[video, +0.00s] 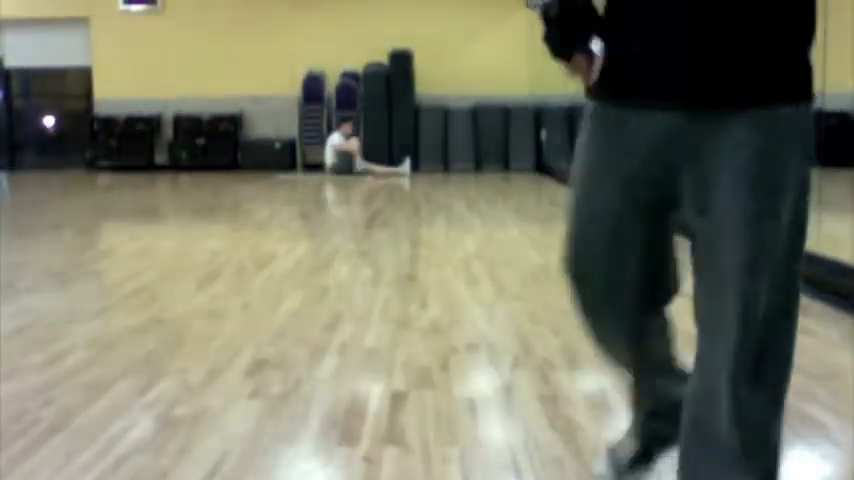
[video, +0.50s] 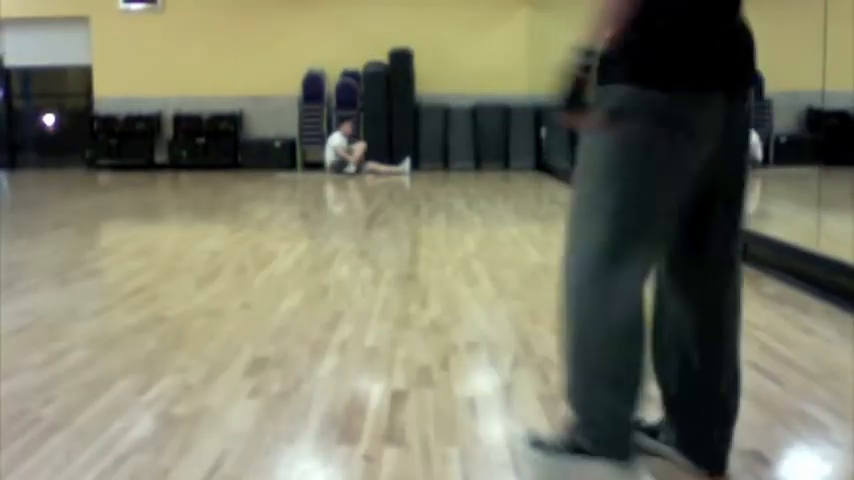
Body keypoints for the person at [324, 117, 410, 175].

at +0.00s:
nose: (350, 130)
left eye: (351, 127)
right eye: (348, 127)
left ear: (349, 128)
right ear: (342, 126)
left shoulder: (343, 138)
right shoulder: (335, 137)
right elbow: (341, 147)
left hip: (344, 166)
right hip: (336, 167)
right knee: (354, 141)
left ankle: (399, 171)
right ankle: (359, 164)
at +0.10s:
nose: (351, 128)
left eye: (351, 126)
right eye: (349, 126)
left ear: (350, 127)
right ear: (341, 126)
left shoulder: (344, 138)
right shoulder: (335, 138)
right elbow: (349, 151)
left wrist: (356, 146)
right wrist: (356, 142)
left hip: (346, 168)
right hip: (337, 170)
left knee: (372, 167)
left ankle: (399, 170)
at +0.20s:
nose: (351, 129)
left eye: (351, 126)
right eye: (349, 125)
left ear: (349, 127)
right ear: (342, 125)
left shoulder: (343, 136)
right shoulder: (335, 137)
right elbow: (350, 153)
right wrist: (358, 145)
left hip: (344, 165)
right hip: (336, 167)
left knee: (371, 165)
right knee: (356, 141)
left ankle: (399, 169)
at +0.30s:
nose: (350, 129)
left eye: (351, 126)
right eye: (348, 126)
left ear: (351, 128)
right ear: (341, 126)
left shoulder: (345, 138)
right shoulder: (336, 136)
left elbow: (347, 151)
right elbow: (340, 151)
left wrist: (358, 160)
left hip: (343, 164)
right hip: (335, 164)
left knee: (370, 165)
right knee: (357, 142)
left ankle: (399, 169)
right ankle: (353, 166)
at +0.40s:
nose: (350, 129)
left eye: (351, 127)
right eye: (348, 126)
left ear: (351, 128)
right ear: (341, 126)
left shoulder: (345, 138)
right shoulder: (336, 137)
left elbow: (350, 149)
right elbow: (340, 152)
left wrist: (356, 158)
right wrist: (352, 160)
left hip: (343, 163)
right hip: (335, 164)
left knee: (370, 165)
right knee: (360, 143)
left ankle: (400, 169)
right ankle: (352, 165)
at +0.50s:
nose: (350, 130)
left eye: (351, 128)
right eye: (348, 127)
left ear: (350, 129)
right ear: (342, 127)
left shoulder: (344, 139)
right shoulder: (337, 137)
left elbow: (346, 151)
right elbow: (340, 152)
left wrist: (355, 158)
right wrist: (352, 160)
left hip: (342, 164)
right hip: (335, 164)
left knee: (371, 166)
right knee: (361, 145)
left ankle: (400, 170)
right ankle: (352, 166)